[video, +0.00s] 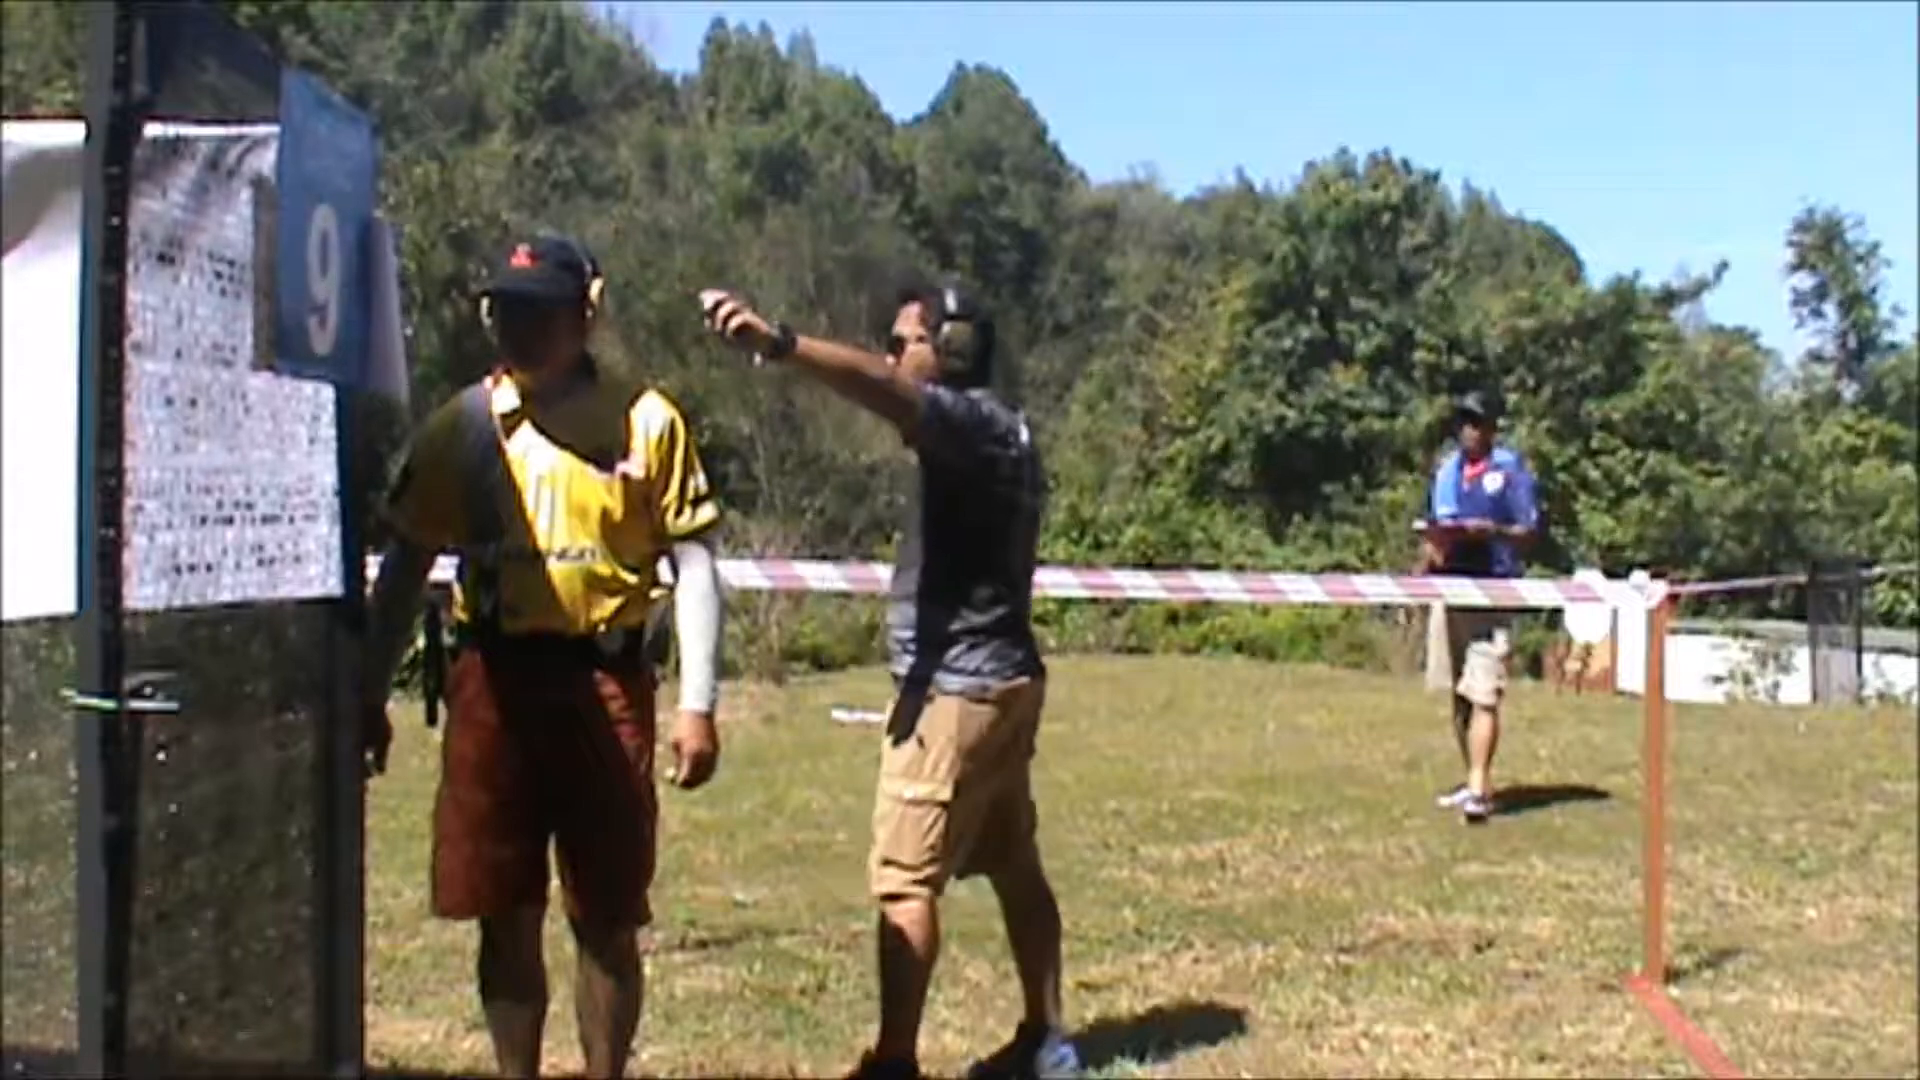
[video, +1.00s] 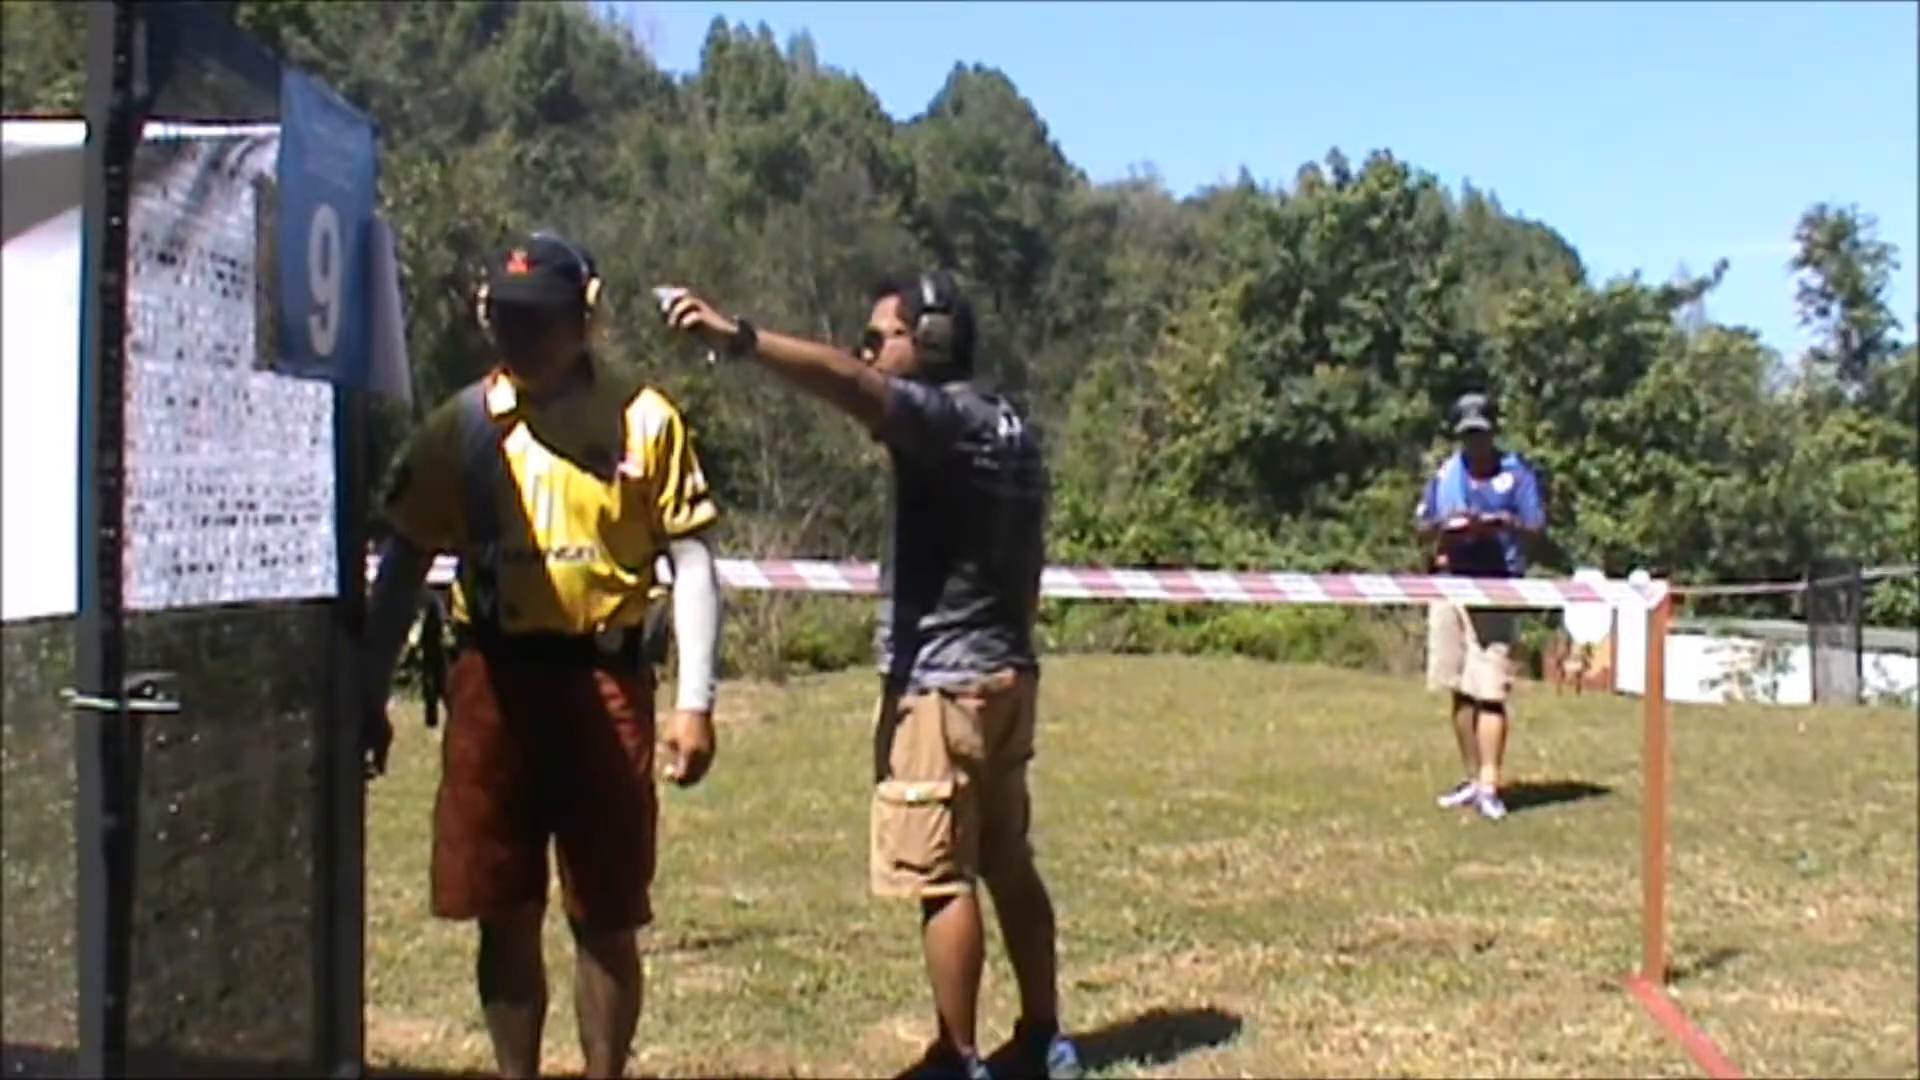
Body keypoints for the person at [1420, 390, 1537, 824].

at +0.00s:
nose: (1468, 433)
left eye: (1477, 425)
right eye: (1463, 424)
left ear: (1493, 429)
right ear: (1456, 429)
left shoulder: (1512, 469)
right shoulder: (1447, 469)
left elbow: (1530, 532)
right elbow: (1435, 522)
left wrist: (1490, 530)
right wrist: (1436, 539)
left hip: (1493, 588)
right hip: (1450, 587)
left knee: (1484, 691)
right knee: (1458, 691)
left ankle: (1480, 785)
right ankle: (1472, 777)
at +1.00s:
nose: (1475, 442)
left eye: (1482, 434)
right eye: (1468, 435)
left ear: (1494, 434)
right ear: (1458, 437)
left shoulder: (1517, 474)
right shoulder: (1446, 473)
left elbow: (1537, 534)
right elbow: (1423, 525)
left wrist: (1504, 522)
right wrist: (1452, 525)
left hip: (1497, 588)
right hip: (1451, 587)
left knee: (1491, 691)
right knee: (1460, 690)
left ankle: (1490, 783)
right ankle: (1472, 776)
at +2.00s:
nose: (1482, 443)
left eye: (1488, 435)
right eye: (1474, 436)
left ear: (1501, 436)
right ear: (1463, 437)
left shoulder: (1520, 479)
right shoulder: (1447, 474)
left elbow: (1537, 535)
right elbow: (1415, 512)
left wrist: (1506, 526)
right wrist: (1444, 522)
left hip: (1494, 589)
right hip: (1450, 588)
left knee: (1490, 690)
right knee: (1459, 689)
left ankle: (1489, 783)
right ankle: (1471, 776)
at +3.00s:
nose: (1479, 444)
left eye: (1486, 435)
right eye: (1472, 436)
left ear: (1498, 436)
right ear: (1463, 439)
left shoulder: (1520, 479)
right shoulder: (1448, 472)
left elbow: (1540, 538)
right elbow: (1415, 515)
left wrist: (1508, 526)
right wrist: (1447, 520)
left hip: (1495, 589)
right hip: (1450, 588)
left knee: (1490, 690)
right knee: (1459, 689)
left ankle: (1489, 783)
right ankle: (1471, 776)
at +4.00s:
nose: (1488, 437)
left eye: (1495, 428)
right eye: (1481, 429)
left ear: (1506, 431)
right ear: (1471, 431)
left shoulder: (1524, 477)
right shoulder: (1452, 473)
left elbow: (1543, 527)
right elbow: (1426, 517)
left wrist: (1506, 525)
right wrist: (1463, 525)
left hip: (1508, 587)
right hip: (1461, 587)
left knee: (1515, 684)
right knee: (1466, 688)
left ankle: (1520, 778)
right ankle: (1477, 778)